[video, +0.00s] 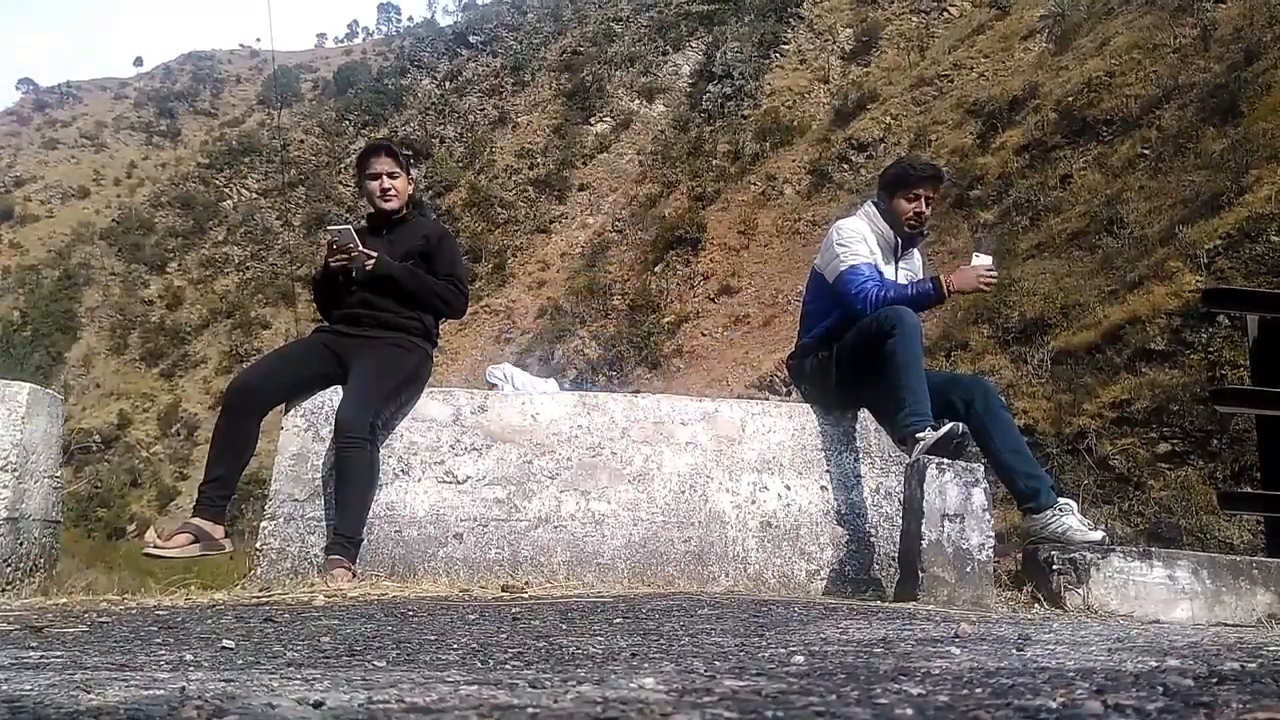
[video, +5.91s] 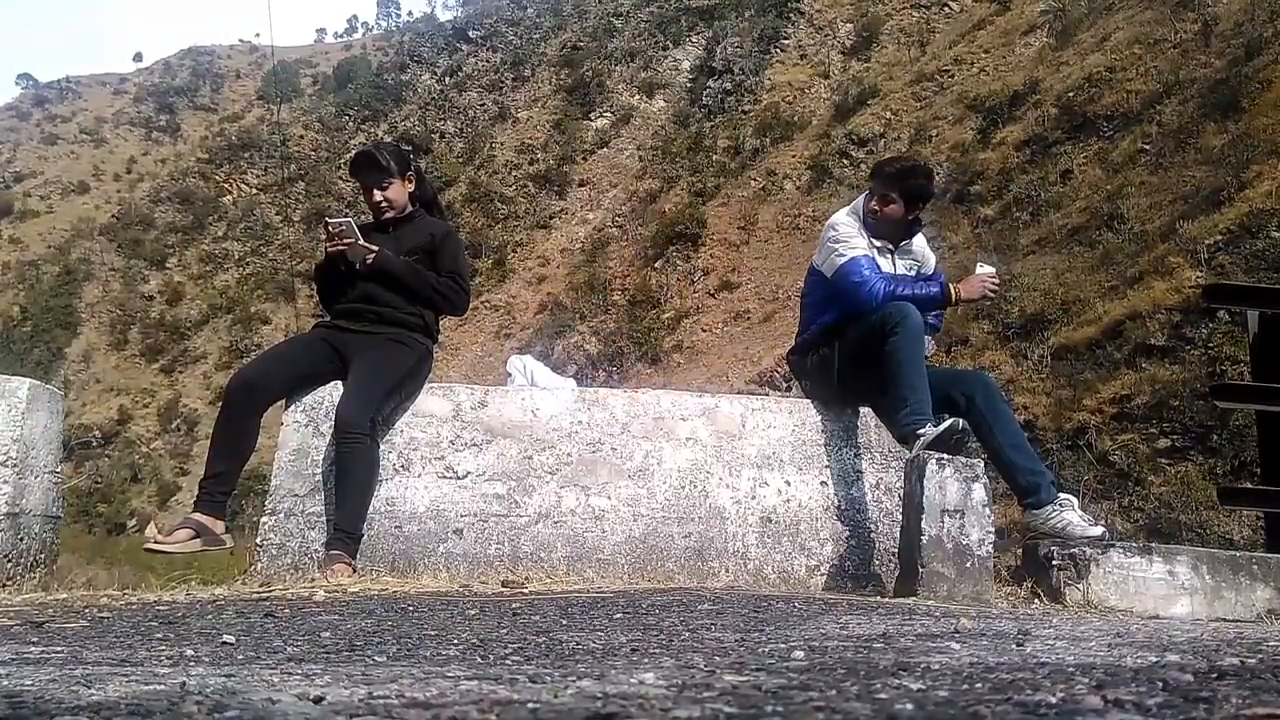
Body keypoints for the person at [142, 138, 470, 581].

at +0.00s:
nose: (385, 184)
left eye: (393, 175)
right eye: (375, 178)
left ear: (409, 180)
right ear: (364, 187)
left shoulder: (433, 233)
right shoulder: (353, 234)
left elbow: (455, 302)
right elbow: (327, 305)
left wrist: (386, 267)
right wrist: (330, 270)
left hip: (397, 346)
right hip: (337, 338)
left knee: (353, 426)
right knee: (246, 392)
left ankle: (341, 561)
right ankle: (208, 523)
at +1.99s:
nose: (376, 185)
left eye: (387, 176)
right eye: (370, 176)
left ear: (414, 181)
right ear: (364, 179)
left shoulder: (433, 233)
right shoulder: (355, 229)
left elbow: (456, 300)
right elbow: (327, 301)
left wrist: (386, 262)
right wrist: (335, 263)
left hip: (396, 343)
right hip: (336, 336)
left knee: (353, 424)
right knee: (247, 388)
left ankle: (341, 560)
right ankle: (208, 520)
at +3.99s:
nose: (376, 194)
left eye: (385, 183)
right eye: (368, 186)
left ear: (410, 178)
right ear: (362, 188)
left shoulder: (435, 231)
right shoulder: (355, 230)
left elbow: (455, 299)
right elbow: (332, 298)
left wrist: (378, 260)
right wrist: (328, 259)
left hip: (397, 342)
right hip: (336, 334)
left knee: (353, 421)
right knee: (247, 386)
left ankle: (341, 558)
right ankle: (208, 519)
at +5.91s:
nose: (376, 197)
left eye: (385, 186)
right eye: (368, 190)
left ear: (410, 180)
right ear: (362, 190)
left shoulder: (437, 232)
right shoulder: (358, 229)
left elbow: (456, 299)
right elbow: (333, 300)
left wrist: (382, 259)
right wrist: (332, 259)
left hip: (397, 342)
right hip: (336, 334)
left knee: (353, 420)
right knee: (247, 386)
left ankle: (341, 556)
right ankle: (208, 519)